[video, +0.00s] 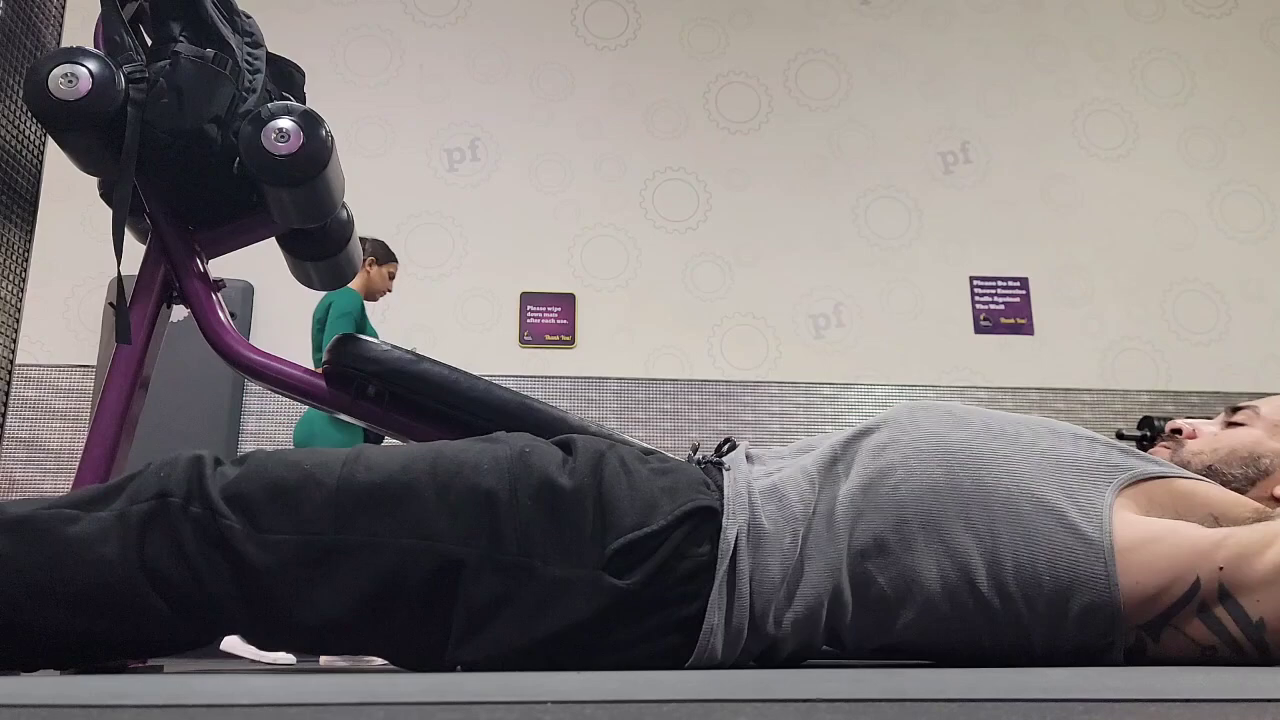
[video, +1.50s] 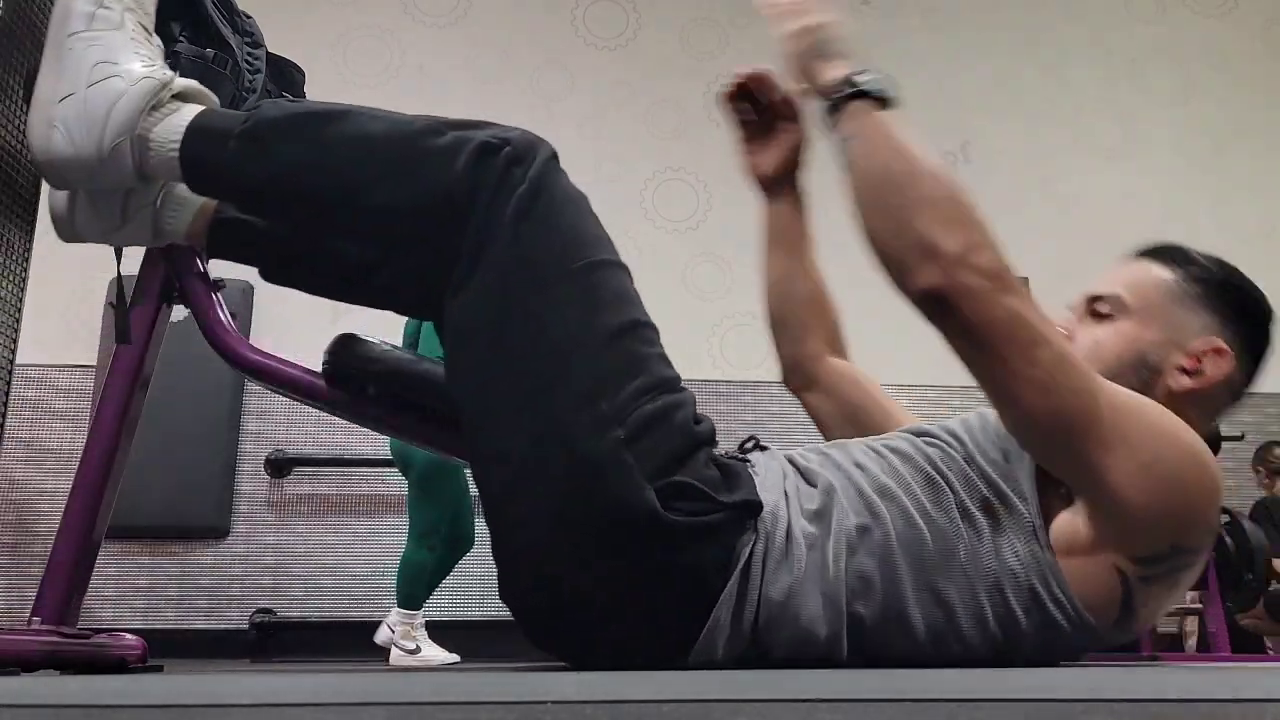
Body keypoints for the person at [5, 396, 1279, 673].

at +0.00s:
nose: (1233, 415)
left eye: (1255, 426)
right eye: (1243, 404)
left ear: (1261, 472)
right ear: (1211, 417)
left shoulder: (1219, 545)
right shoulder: (1118, 469)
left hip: (673, 551)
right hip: (663, 492)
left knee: (210, 525)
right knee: (212, 513)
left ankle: (21, 583)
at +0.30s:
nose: (1235, 435)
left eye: (1259, 447)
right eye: (1243, 425)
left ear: (1262, 499)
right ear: (1205, 432)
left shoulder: (1212, 552)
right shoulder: (1121, 480)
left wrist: (1241, 541)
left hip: (670, 550)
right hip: (663, 495)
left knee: (228, 532)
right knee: (225, 511)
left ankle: (13, 568)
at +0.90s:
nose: (1221, 445)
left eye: (1246, 456)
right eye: (1233, 431)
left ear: (1238, 501)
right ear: (1191, 440)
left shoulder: (1166, 564)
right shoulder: (1110, 486)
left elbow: (1278, 566)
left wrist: (1241, 497)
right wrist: (1224, 467)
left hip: (661, 565)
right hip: (650, 497)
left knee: (279, 333)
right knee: (285, 331)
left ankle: (7, 372)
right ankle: (16, 375)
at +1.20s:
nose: (1185, 417)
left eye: (1207, 418)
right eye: (1197, 401)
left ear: (1229, 479)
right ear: (1199, 440)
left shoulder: (1187, 572)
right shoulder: (1092, 489)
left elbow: (1238, 412)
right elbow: (1004, 432)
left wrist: (1250, 270)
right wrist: (1149, 297)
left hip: (654, 566)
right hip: (659, 500)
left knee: (409, 230)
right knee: (408, 234)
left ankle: (56, 222)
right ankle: (75, 205)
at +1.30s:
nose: (1236, 366)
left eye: (1268, 385)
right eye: (1256, 361)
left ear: (1265, 468)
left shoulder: (1196, 539)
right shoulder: (1087, 498)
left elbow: (1154, 259)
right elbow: (939, 414)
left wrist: (1187, 78)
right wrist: (1014, 250)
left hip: (666, 570)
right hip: (665, 521)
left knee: (456, 213)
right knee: (462, 199)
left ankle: (81, 195)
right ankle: (118, 188)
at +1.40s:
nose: (1144, 347)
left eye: (1184, 347)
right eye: (1158, 336)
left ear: (1240, 429)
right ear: (1146, 393)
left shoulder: (1189, 520)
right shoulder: (1052, 473)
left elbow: (1044, 268)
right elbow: (879, 397)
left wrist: (1005, 72)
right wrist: (896, 212)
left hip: (667, 565)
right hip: (649, 527)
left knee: (492, 196)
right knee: (482, 208)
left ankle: (131, 150)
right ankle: (164, 195)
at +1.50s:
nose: (1067, 328)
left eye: (1111, 318)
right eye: (1081, 308)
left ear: (1204, 371)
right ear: (1157, 369)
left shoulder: (1173, 482)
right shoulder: (1028, 472)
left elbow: (968, 286)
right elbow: (827, 373)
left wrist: (849, 96)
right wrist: (780, 190)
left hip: (681, 562)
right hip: (664, 534)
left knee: (514, 187)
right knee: (508, 209)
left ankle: (144, 142)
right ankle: (176, 191)